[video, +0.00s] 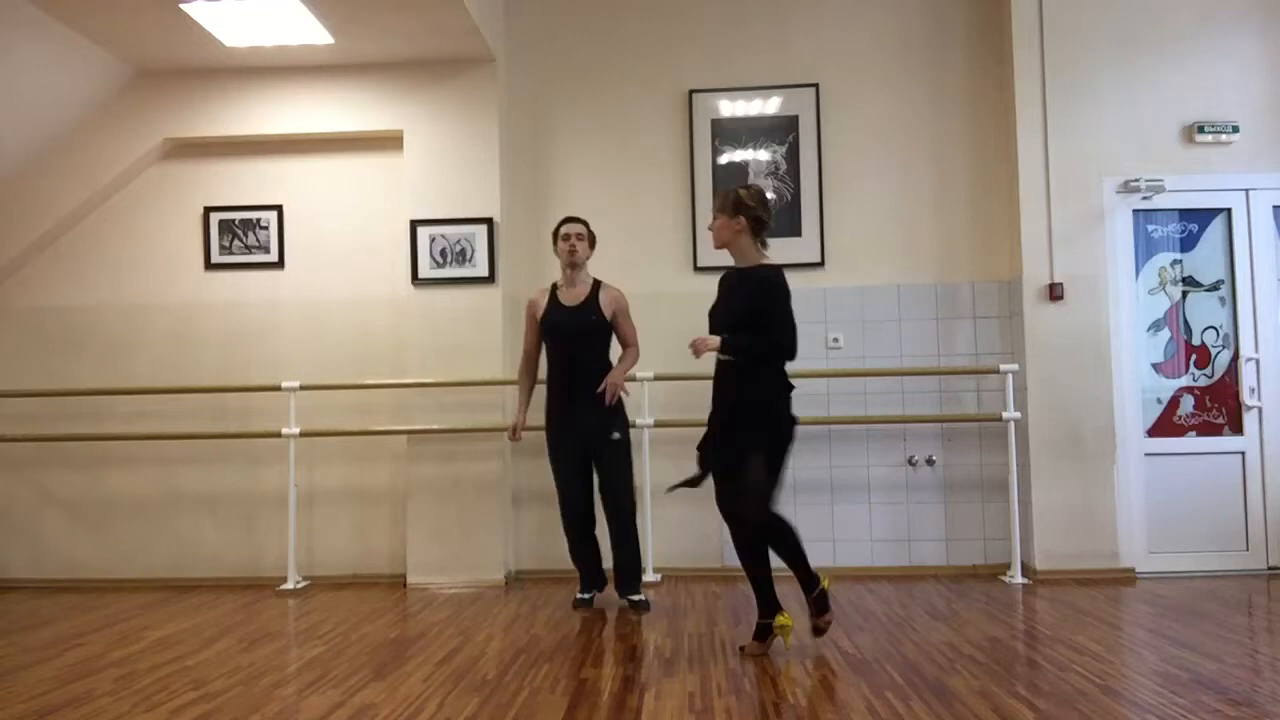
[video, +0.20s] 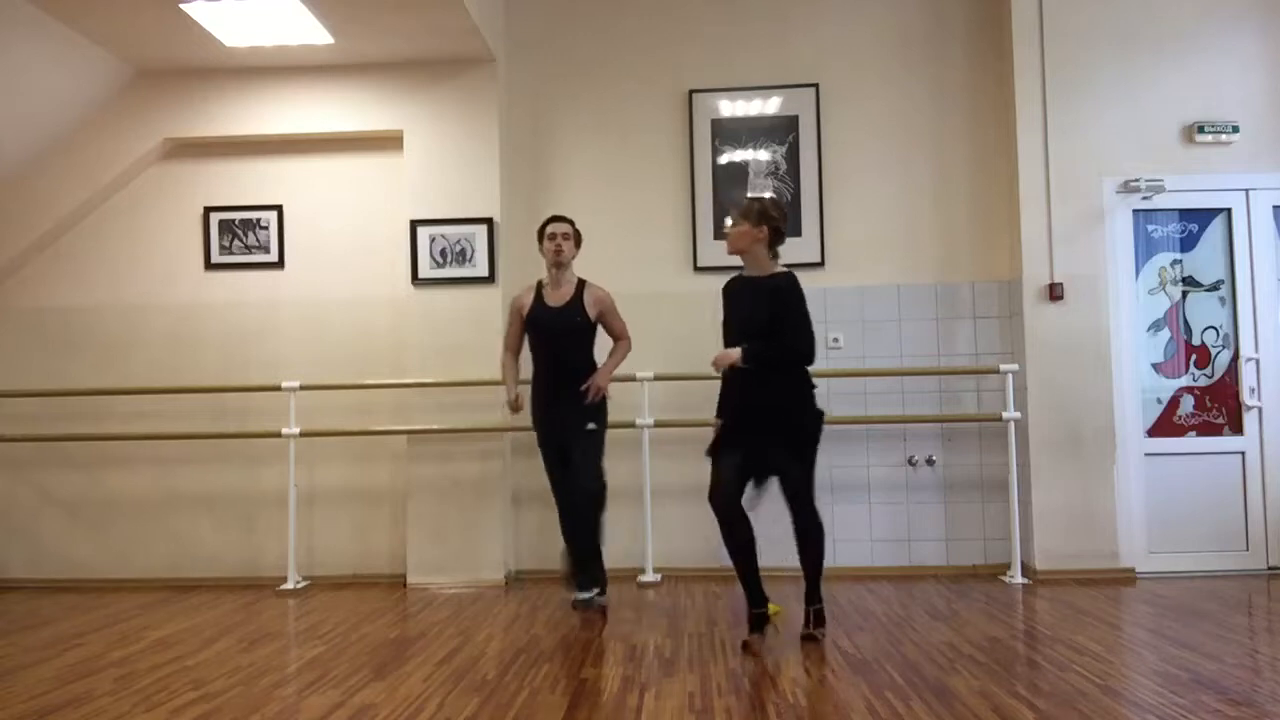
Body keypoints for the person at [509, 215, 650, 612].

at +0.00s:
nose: (572, 244)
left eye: (579, 239)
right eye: (565, 238)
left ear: (591, 248)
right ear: (555, 248)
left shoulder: (610, 297)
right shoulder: (540, 302)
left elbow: (632, 347)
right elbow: (529, 361)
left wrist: (619, 373)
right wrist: (522, 410)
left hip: (605, 412)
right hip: (562, 416)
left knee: (619, 504)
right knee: (574, 508)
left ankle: (630, 587)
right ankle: (589, 582)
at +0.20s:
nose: (558, 244)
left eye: (564, 238)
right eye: (551, 238)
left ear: (576, 247)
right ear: (541, 247)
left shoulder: (595, 297)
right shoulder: (524, 301)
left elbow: (622, 339)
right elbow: (511, 351)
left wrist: (605, 372)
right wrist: (512, 387)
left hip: (585, 402)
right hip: (546, 405)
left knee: (586, 486)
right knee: (565, 493)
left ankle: (587, 573)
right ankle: (587, 580)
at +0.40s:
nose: (535, 243)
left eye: (542, 238)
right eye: (528, 238)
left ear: (554, 247)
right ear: (518, 247)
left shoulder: (572, 299)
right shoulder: (502, 301)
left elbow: (589, 350)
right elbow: (491, 358)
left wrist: (574, 377)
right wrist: (493, 402)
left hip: (555, 407)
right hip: (516, 406)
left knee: (539, 502)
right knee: (525, 499)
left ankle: (514, 590)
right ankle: (573, 563)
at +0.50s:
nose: (524, 237)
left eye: (531, 231)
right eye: (517, 231)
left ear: (543, 240)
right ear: (507, 240)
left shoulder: (560, 292)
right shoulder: (489, 295)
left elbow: (580, 349)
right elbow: (479, 354)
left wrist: (561, 365)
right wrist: (479, 403)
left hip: (545, 407)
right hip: (503, 406)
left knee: (534, 506)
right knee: (486, 492)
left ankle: (517, 595)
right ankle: (525, 549)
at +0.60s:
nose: (516, 234)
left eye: (523, 228)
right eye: (509, 228)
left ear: (536, 238)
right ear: (499, 238)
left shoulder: (552, 290)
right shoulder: (481, 292)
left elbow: (573, 348)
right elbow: (469, 349)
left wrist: (554, 358)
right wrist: (470, 400)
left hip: (539, 408)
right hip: (495, 406)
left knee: (530, 507)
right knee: (469, 495)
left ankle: (517, 598)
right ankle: (485, 575)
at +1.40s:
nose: (451, 225)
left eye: (459, 219)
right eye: (443, 219)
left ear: (471, 231)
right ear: (431, 229)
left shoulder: (489, 283)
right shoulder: (409, 283)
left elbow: (507, 342)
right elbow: (397, 342)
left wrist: (506, 347)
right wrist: (410, 376)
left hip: (480, 405)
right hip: (432, 405)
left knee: (477, 509)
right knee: (418, 503)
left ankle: (464, 608)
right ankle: (428, 604)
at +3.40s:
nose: (459, 218)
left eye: (462, 211)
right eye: (449, 212)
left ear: (465, 217)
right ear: (424, 219)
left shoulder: (479, 270)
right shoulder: (397, 272)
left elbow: (529, 307)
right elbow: (365, 335)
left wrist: (522, 343)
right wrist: (403, 312)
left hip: (457, 398)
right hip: (409, 399)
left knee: (451, 500)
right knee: (417, 506)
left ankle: (459, 598)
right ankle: (434, 610)